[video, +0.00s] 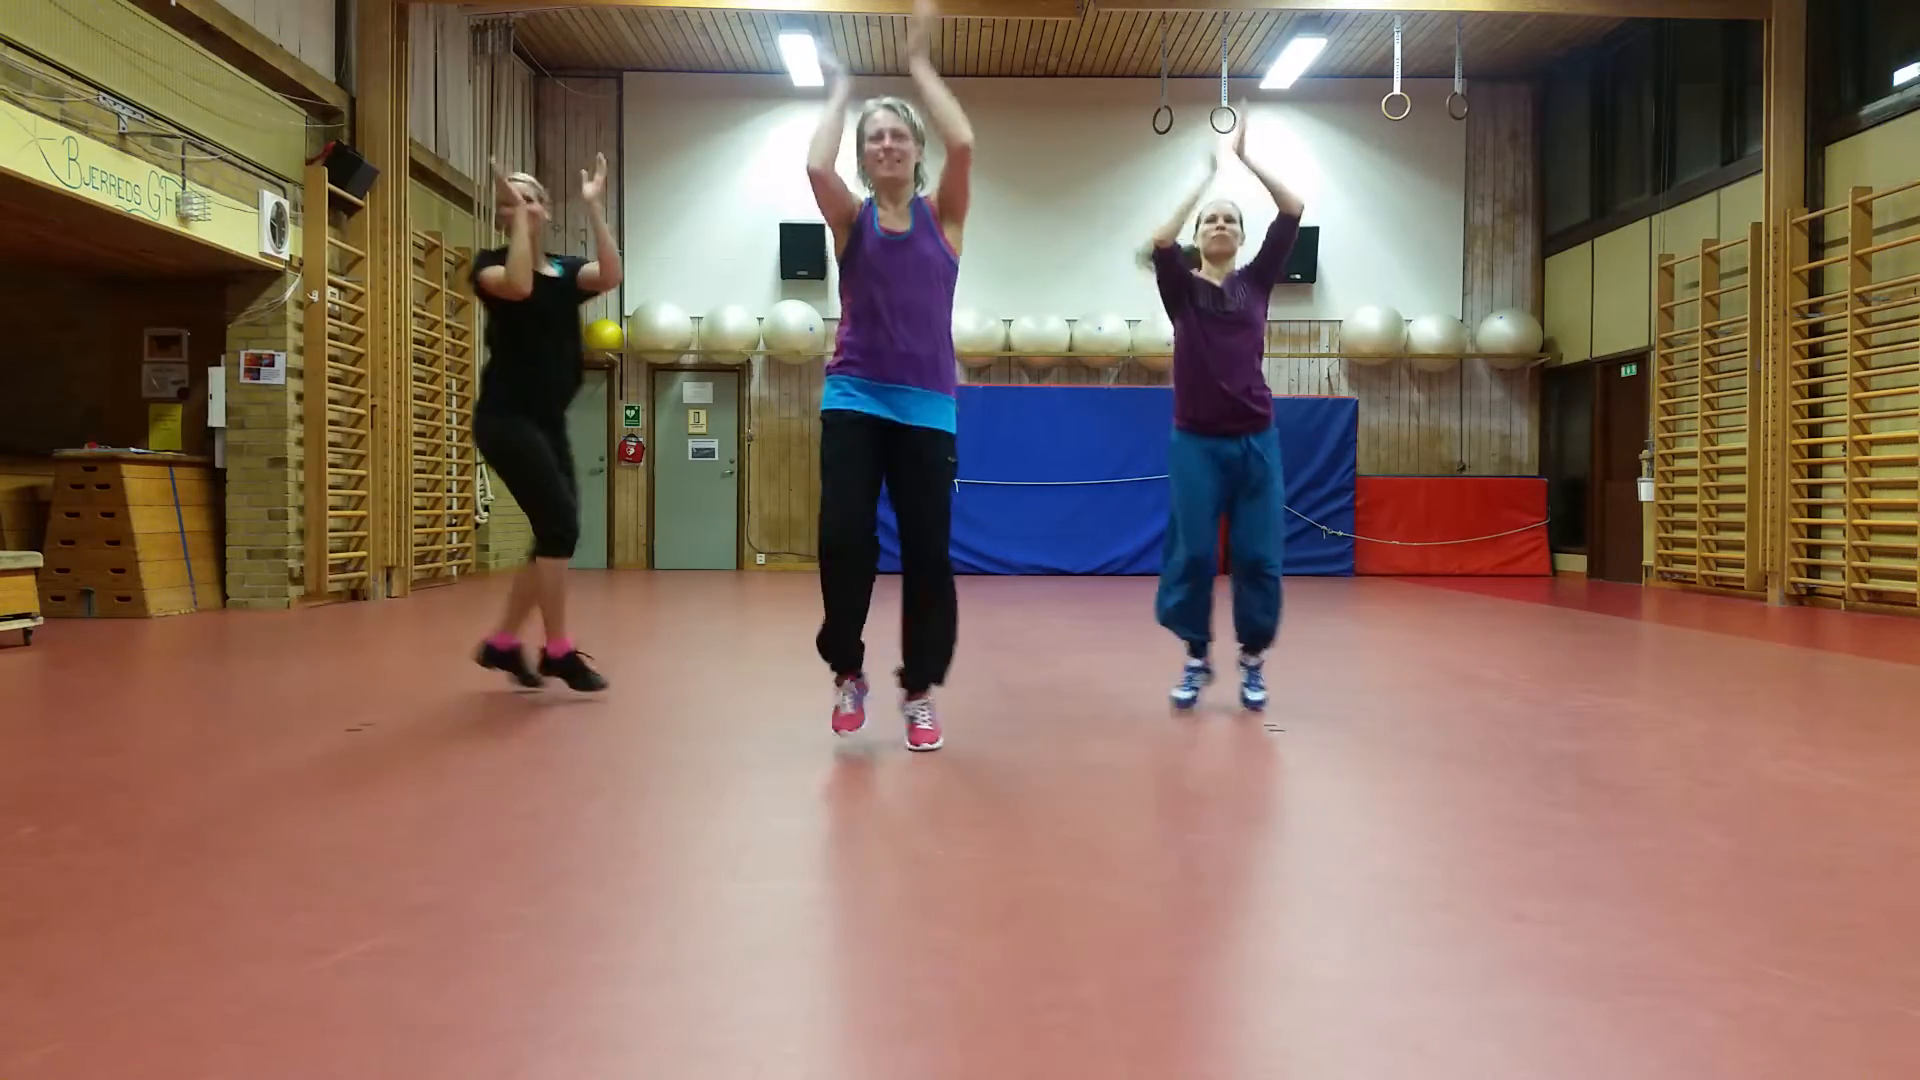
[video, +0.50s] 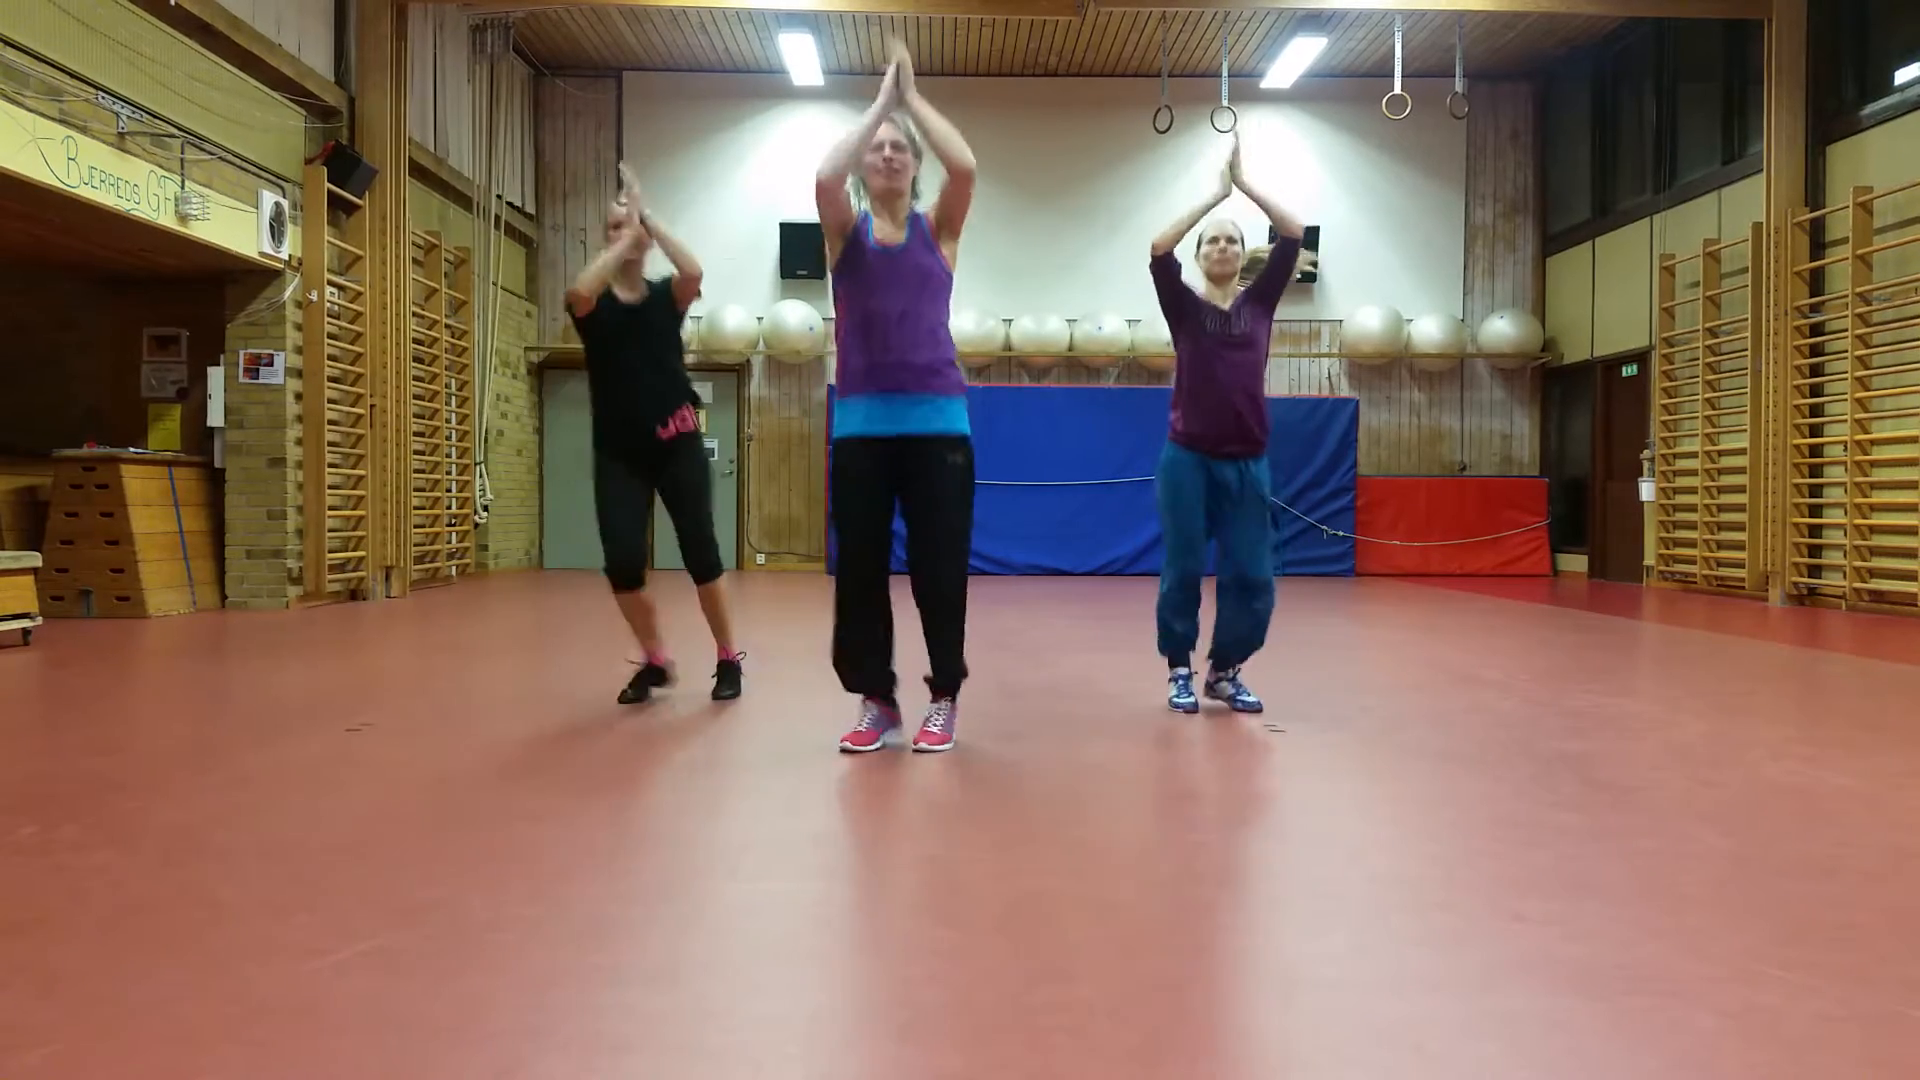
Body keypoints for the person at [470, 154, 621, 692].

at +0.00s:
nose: (530, 207)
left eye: (535, 199)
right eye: (520, 199)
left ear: (547, 211)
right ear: (502, 211)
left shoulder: (563, 269)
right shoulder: (487, 267)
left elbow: (611, 275)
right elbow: (519, 285)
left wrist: (594, 208)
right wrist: (519, 216)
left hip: (548, 417)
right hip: (504, 417)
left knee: (558, 531)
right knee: (557, 527)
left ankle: (503, 640)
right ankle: (558, 650)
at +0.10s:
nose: (544, 226)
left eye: (551, 218)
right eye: (534, 218)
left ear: (563, 228)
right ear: (519, 231)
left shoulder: (585, 287)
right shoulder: (511, 286)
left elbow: (619, 274)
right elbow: (528, 298)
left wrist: (576, 219)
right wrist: (552, 238)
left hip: (576, 434)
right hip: (530, 434)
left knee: (600, 553)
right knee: (564, 541)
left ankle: (535, 645)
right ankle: (553, 666)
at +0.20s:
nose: (564, 237)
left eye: (570, 230)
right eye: (553, 231)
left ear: (581, 243)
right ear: (539, 245)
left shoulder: (605, 298)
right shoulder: (532, 304)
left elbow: (642, 276)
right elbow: (539, 301)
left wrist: (603, 217)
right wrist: (565, 238)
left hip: (602, 454)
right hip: (552, 455)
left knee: (654, 550)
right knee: (584, 561)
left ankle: (589, 625)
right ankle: (553, 674)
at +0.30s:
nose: (581, 217)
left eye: (589, 209)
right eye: (571, 210)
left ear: (605, 222)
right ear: (560, 221)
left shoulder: (627, 280)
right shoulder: (550, 285)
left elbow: (672, 268)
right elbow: (553, 287)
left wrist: (652, 202)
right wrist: (557, 212)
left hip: (629, 434)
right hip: (573, 438)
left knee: (680, 526)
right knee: (591, 546)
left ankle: (655, 636)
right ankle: (558, 661)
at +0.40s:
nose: (604, 214)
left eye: (614, 207)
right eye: (595, 206)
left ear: (627, 219)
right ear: (581, 217)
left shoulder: (645, 273)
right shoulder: (567, 277)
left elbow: (687, 262)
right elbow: (574, 278)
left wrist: (673, 191)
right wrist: (574, 203)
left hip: (656, 422)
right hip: (597, 429)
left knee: (686, 535)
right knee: (612, 543)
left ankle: (711, 646)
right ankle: (598, 653)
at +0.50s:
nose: (623, 236)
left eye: (630, 227)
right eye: (614, 227)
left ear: (645, 240)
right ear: (604, 239)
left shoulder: (668, 297)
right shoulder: (590, 304)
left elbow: (692, 272)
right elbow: (581, 292)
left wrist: (649, 222)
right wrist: (623, 241)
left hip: (678, 444)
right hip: (619, 450)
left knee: (701, 556)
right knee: (622, 568)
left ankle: (728, 658)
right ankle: (655, 662)